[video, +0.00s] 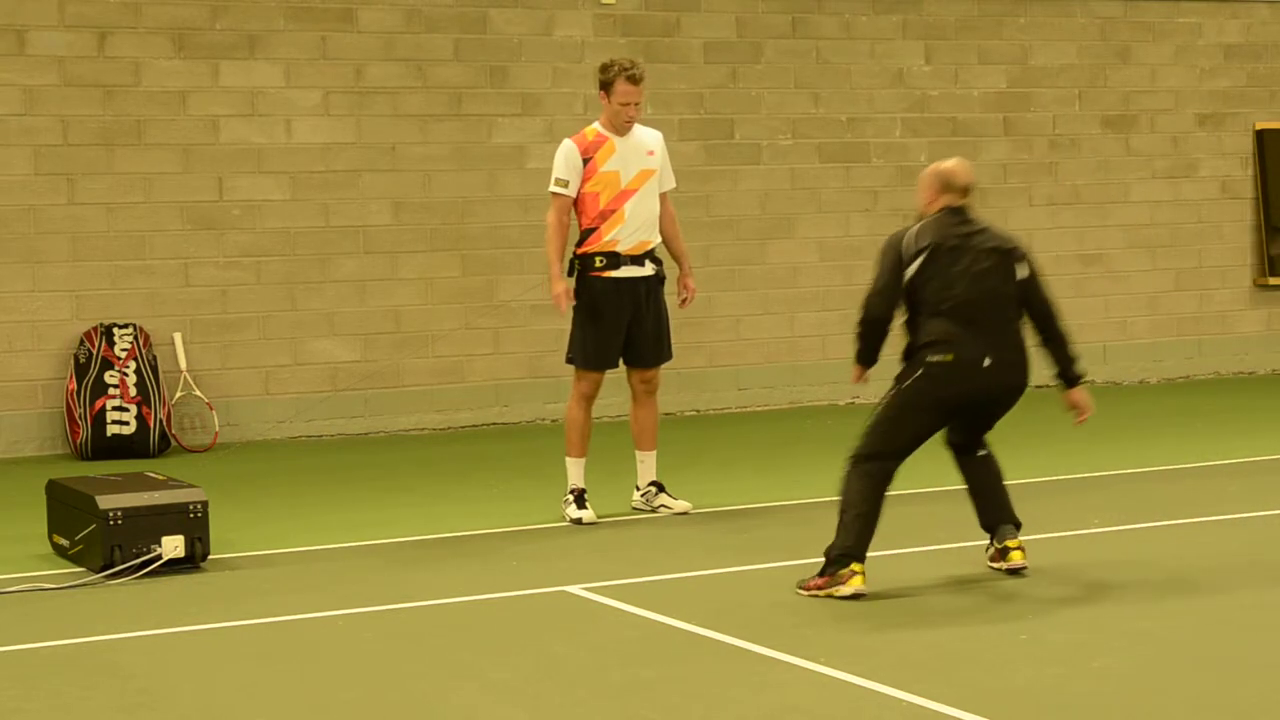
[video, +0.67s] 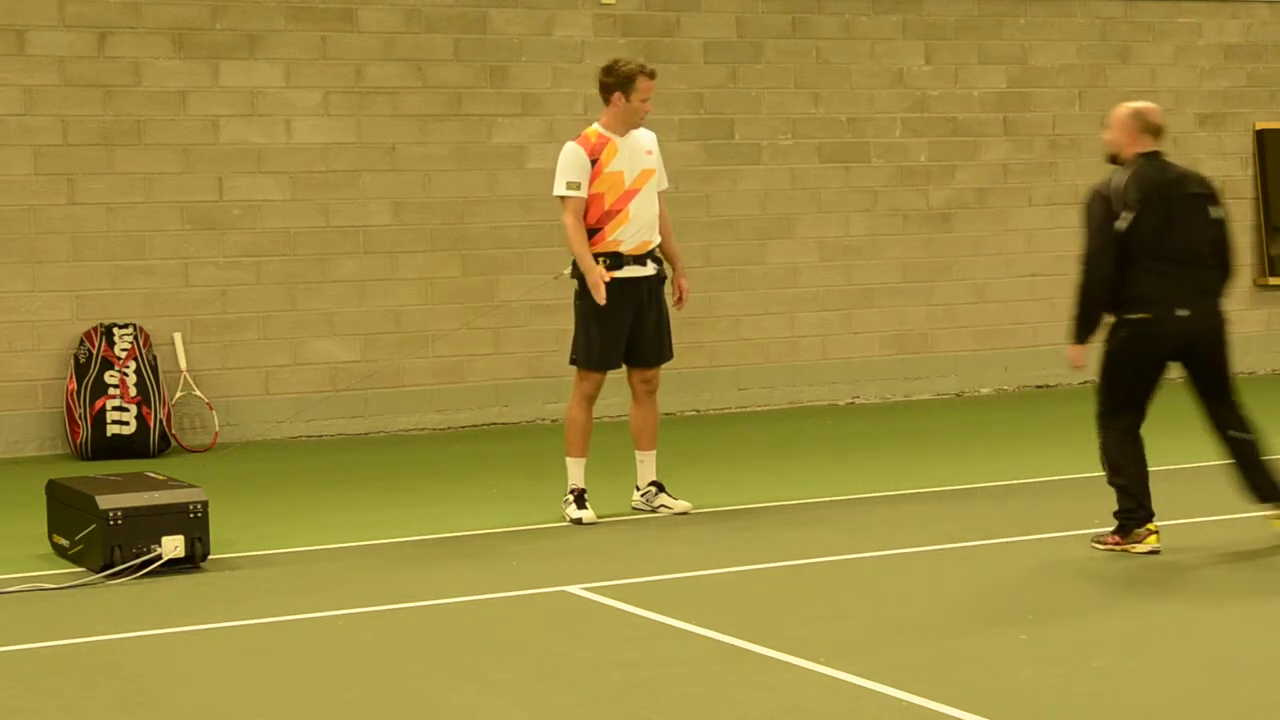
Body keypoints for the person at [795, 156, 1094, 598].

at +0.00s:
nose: (919, 199)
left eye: (922, 192)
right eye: (922, 190)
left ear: (934, 195)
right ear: (964, 196)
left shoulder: (907, 242)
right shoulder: (1005, 245)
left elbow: (878, 307)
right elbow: (1044, 316)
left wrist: (864, 357)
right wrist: (1071, 380)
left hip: (940, 371)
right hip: (1006, 375)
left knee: (871, 459)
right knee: (967, 436)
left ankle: (845, 564)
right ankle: (1007, 538)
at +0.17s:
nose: (979, 166)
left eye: (983, 159)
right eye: (983, 157)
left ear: (994, 163)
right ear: (1026, 165)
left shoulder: (967, 209)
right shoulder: (1059, 220)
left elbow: (935, 273)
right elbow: (1083, 296)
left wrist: (907, 332)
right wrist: (1075, 360)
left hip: (984, 342)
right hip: (1044, 351)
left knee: (924, 426)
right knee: (1006, 433)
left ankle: (891, 527)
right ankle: (1012, 539)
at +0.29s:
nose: (1008, 146)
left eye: (1012, 137)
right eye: (1011, 137)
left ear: (1028, 142)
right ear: (1056, 145)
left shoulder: (1005, 188)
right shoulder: (1091, 197)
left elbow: (977, 248)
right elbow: (1097, 272)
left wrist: (949, 309)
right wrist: (1076, 320)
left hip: (1023, 323)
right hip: (1085, 330)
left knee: (983, 400)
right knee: (1041, 424)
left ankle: (986, 508)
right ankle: (1017, 533)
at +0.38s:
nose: (1027, 127)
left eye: (1032, 118)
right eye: (1031, 118)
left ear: (1047, 124)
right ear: (1073, 126)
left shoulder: (1028, 172)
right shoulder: (1112, 179)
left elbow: (1011, 235)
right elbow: (1112, 250)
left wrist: (980, 297)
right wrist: (1046, 275)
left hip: (1050, 308)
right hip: (1112, 310)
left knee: (1027, 393)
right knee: (1071, 409)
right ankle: (1035, 519)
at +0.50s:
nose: (1059, 126)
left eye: (1065, 118)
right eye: (1061, 117)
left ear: (1085, 122)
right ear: (1106, 122)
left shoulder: (1063, 176)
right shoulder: (1147, 175)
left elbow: (1050, 246)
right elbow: (1156, 245)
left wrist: (1024, 310)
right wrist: (1130, 286)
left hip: (1092, 318)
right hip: (1151, 315)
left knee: (1087, 408)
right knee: (1132, 408)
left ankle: (1125, 508)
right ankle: (1123, 511)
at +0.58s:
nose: (1080, 132)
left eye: (1086, 124)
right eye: (1084, 123)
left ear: (1105, 130)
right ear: (1127, 132)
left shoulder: (1086, 187)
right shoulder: (1172, 183)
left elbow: (1073, 264)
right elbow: (1189, 256)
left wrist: (1049, 331)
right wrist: (1168, 294)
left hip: (1116, 325)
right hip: (1176, 321)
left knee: (1108, 417)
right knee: (1183, 408)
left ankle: (1135, 524)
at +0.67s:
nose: (1104, 137)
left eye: (1110, 129)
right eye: (1107, 128)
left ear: (1133, 134)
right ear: (1153, 135)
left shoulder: (1112, 192)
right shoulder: (1199, 185)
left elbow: (1100, 270)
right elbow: (1222, 259)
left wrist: (1080, 334)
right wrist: (1201, 301)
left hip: (1141, 327)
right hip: (1201, 322)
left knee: (1118, 418)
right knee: (1224, 407)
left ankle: (1136, 524)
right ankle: (1272, 496)